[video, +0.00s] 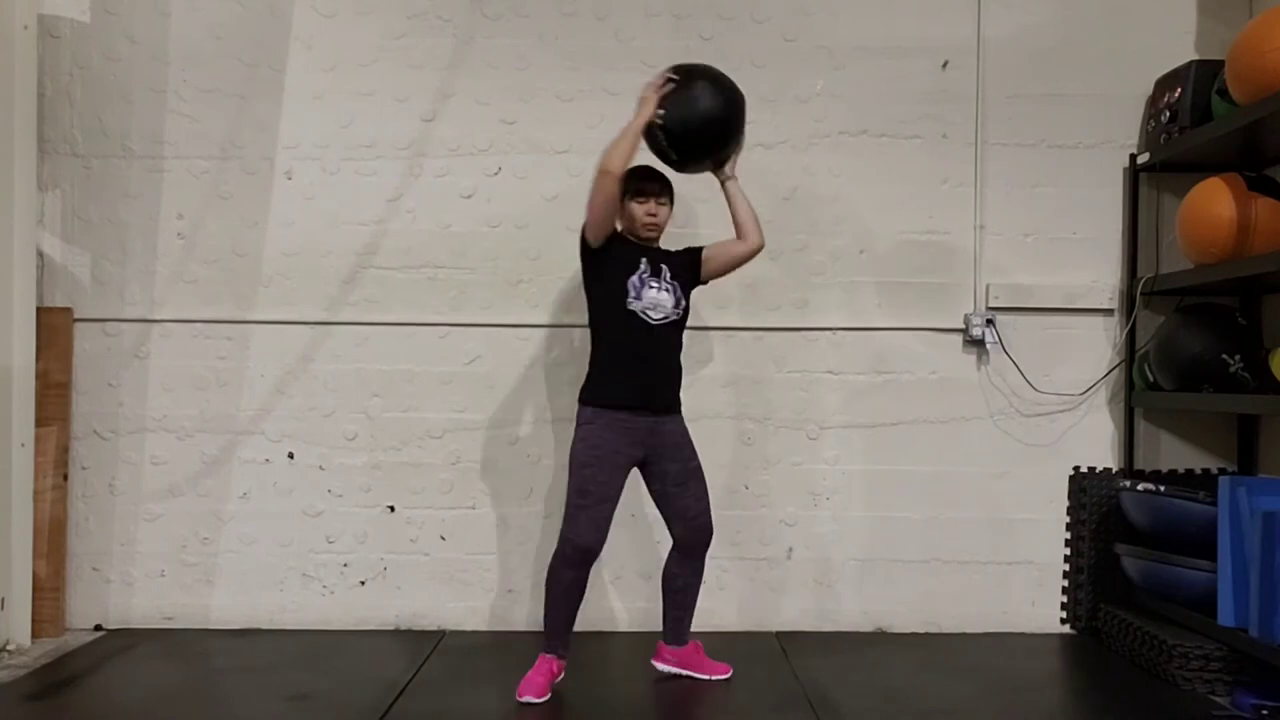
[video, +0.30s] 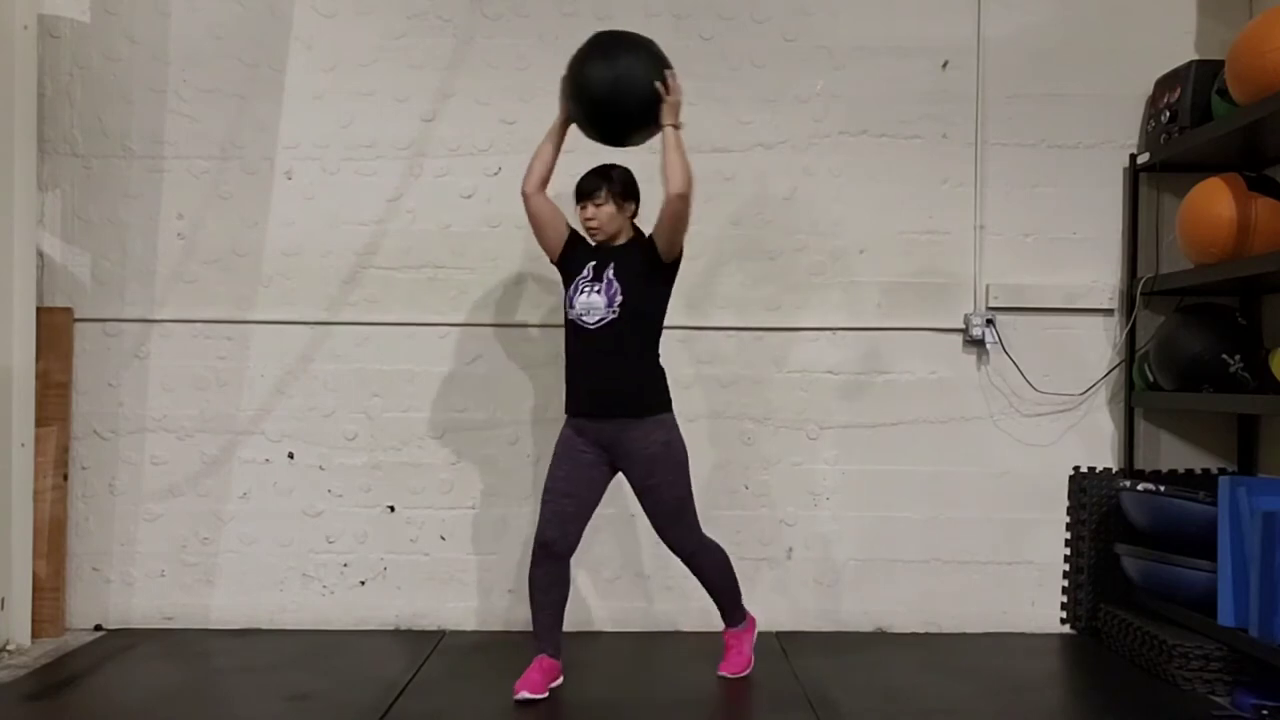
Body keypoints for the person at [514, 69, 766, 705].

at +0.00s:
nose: (653, 207)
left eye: (662, 199)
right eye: (643, 197)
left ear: (671, 210)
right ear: (621, 204)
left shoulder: (681, 265)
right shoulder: (603, 252)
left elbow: (750, 242)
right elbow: (608, 176)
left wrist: (725, 173)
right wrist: (643, 116)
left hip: (665, 425)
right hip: (606, 423)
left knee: (695, 533)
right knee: (580, 543)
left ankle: (676, 645)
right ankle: (552, 655)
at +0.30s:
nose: (587, 212)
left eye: (597, 203)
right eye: (584, 205)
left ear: (626, 204)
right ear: (583, 213)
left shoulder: (655, 257)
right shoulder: (575, 261)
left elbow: (679, 194)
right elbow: (533, 192)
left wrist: (670, 122)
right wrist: (564, 120)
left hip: (647, 430)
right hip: (583, 431)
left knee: (684, 539)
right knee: (550, 544)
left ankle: (738, 624)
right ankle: (547, 656)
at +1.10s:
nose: (501, 298)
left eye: (510, 287)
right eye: (499, 288)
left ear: (545, 289)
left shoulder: (581, 348)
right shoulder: (519, 366)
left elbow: (573, 445)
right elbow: (513, 448)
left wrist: (501, 491)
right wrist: (474, 483)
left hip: (643, 473)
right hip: (586, 474)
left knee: (671, 591)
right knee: (536, 551)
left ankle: (745, 629)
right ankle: (550, 660)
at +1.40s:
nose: (511, 251)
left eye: (520, 239)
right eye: (505, 242)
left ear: (552, 238)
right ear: (502, 248)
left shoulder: (582, 295)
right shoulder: (514, 319)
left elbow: (555, 374)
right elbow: (495, 399)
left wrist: (472, 364)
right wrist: (428, 399)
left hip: (630, 443)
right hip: (571, 447)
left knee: (674, 551)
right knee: (533, 548)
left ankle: (739, 624)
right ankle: (550, 660)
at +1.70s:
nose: (560, 210)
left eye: (569, 199)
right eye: (548, 201)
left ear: (591, 204)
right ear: (537, 211)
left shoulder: (616, 253)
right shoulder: (529, 268)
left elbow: (601, 210)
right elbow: (467, 288)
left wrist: (538, 160)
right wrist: (436, 213)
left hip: (625, 425)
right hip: (557, 430)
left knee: (672, 533)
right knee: (540, 550)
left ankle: (684, 633)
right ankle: (549, 658)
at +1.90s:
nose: (604, 209)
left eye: (609, 200)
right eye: (591, 200)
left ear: (617, 204)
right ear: (567, 205)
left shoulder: (631, 249)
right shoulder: (553, 258)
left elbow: (658, 175)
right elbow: (527, 220)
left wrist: (602, 123)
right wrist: (519, 136)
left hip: (631, 425)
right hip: (572, 427)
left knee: (663, 535)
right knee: (563, 547)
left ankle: (672, 646)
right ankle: (544, 656)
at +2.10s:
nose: (643, 216)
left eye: (643, 206)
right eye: (632, 203)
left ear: (620, 209)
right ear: (605, 207)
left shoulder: (622, 256)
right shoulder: (595, 256)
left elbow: (659, 194)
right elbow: (630, 185)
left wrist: (627, 131)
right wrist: (612, 108)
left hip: (635, 429)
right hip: (608, 428)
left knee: (670, 534)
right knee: (593, 548)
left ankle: (671, 648)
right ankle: (501, 645)